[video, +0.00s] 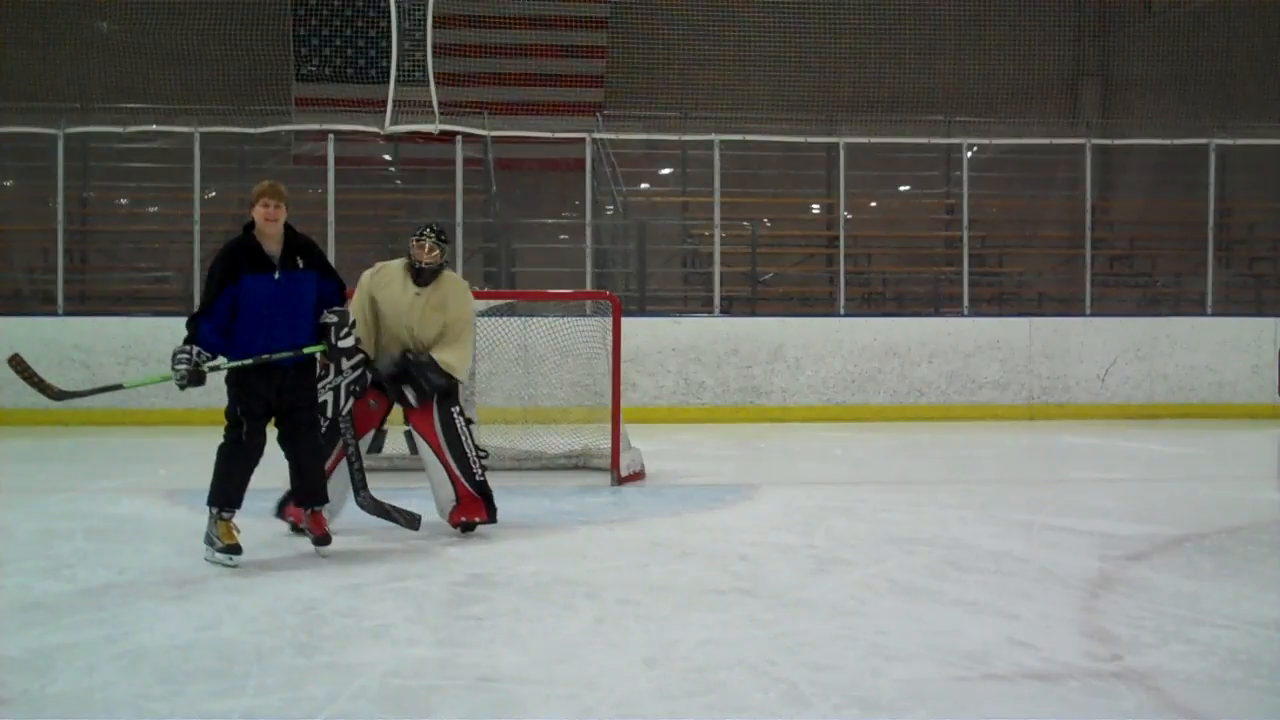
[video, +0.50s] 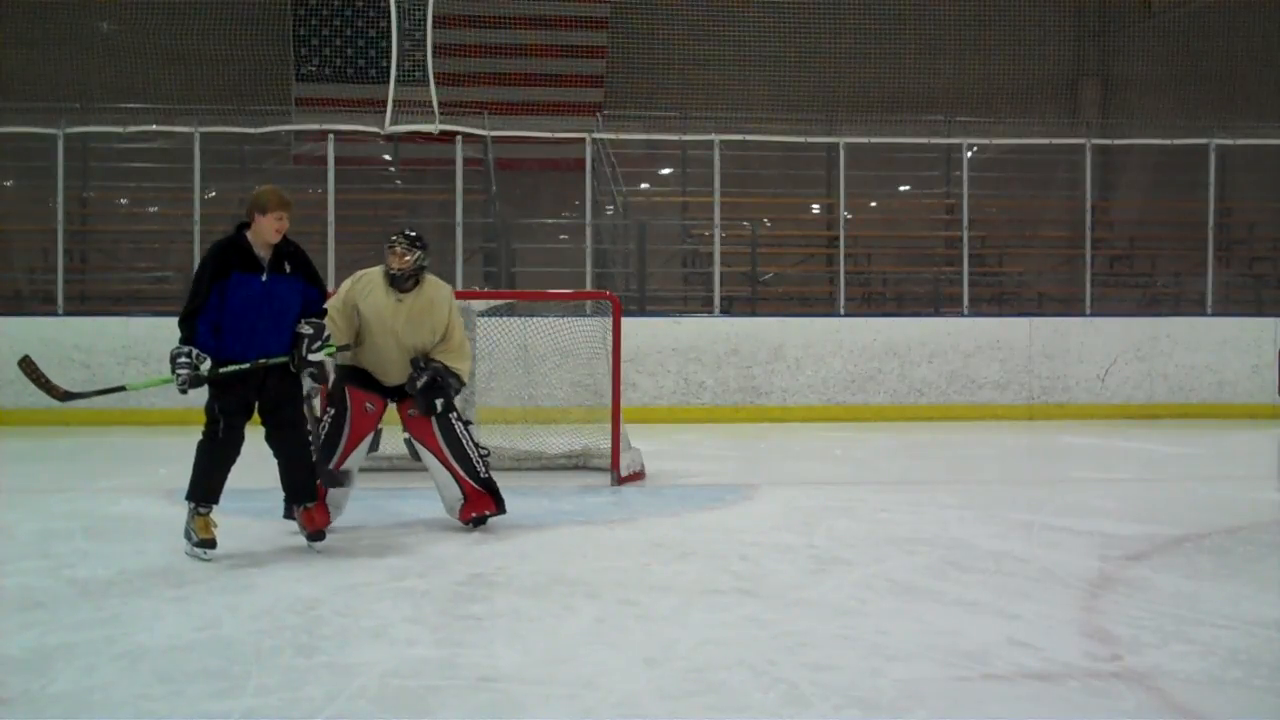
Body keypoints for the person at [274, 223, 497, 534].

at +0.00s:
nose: (424, 255)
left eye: (432, 250)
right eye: (420, 247)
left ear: (443, 255)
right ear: (410, 248)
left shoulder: (455, 290)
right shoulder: (378, 278)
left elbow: (458, 350)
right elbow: (357, 334)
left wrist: (421, 374)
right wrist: (358, 372)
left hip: (428, 377)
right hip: (378, 374)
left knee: (444, 432)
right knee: (345, 432)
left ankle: (470, 503)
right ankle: (307, 501)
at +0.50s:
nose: (396, 262)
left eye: (404, 256)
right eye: (392, 255)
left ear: (419, 259)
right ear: (385, 257)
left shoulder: (440, 295)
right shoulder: (362, 285)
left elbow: (456, 348)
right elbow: (332, 323)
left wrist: (440, 379)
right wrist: (317, 356)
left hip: (417, 379)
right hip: (364, 375)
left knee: (443, 433)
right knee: (340, 435)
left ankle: (478, 497)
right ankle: (317, 506)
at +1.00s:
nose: (344, 265)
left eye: (352, 259)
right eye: (340, 258)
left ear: (367, 262)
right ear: (333, 259)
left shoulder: (389, 290)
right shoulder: (316, 289)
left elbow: (404, 342)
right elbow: (293, 334)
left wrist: (399, 370)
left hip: (375, 380)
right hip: (328, 380)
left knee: (410, 410)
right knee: (333, 414)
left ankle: (396, 495)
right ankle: (278, 492)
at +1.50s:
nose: (338, 255)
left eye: (346, 249)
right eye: (334, 248)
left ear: (359, 253)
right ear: (326, 249)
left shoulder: (378, 285)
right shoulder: (302, 276)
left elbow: (402, 342)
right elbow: (279, 316)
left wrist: (380, 340)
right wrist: (292, 352)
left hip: (358, 373)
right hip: (310, 372)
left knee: (369, 440)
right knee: (293, 433)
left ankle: (368, 498)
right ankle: (260, 494)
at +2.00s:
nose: (300, 258)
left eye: (308, 253)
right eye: (295, 251)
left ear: (321, 256)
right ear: (288, 254)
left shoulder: (340, 288)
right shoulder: (273, 278)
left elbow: (347, 336)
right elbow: (257, 316)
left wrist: (313, 346)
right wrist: (274, 342)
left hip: (320, 371)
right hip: (275, 367)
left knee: (336, 414)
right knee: (266, 419)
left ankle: (343, 488)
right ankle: (250, 488)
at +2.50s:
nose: (364, 272)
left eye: (372, 267)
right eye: (359, 265)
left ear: (383, 273)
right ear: (348, 265)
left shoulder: (393, 306)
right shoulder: (316, 289)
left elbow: (404, 356)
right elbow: (275, 316)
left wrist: (385, 374)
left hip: (364, 388)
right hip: (313, 381)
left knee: (407, 405)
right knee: (293, 438)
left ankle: (424, 497)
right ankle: (236, 500)